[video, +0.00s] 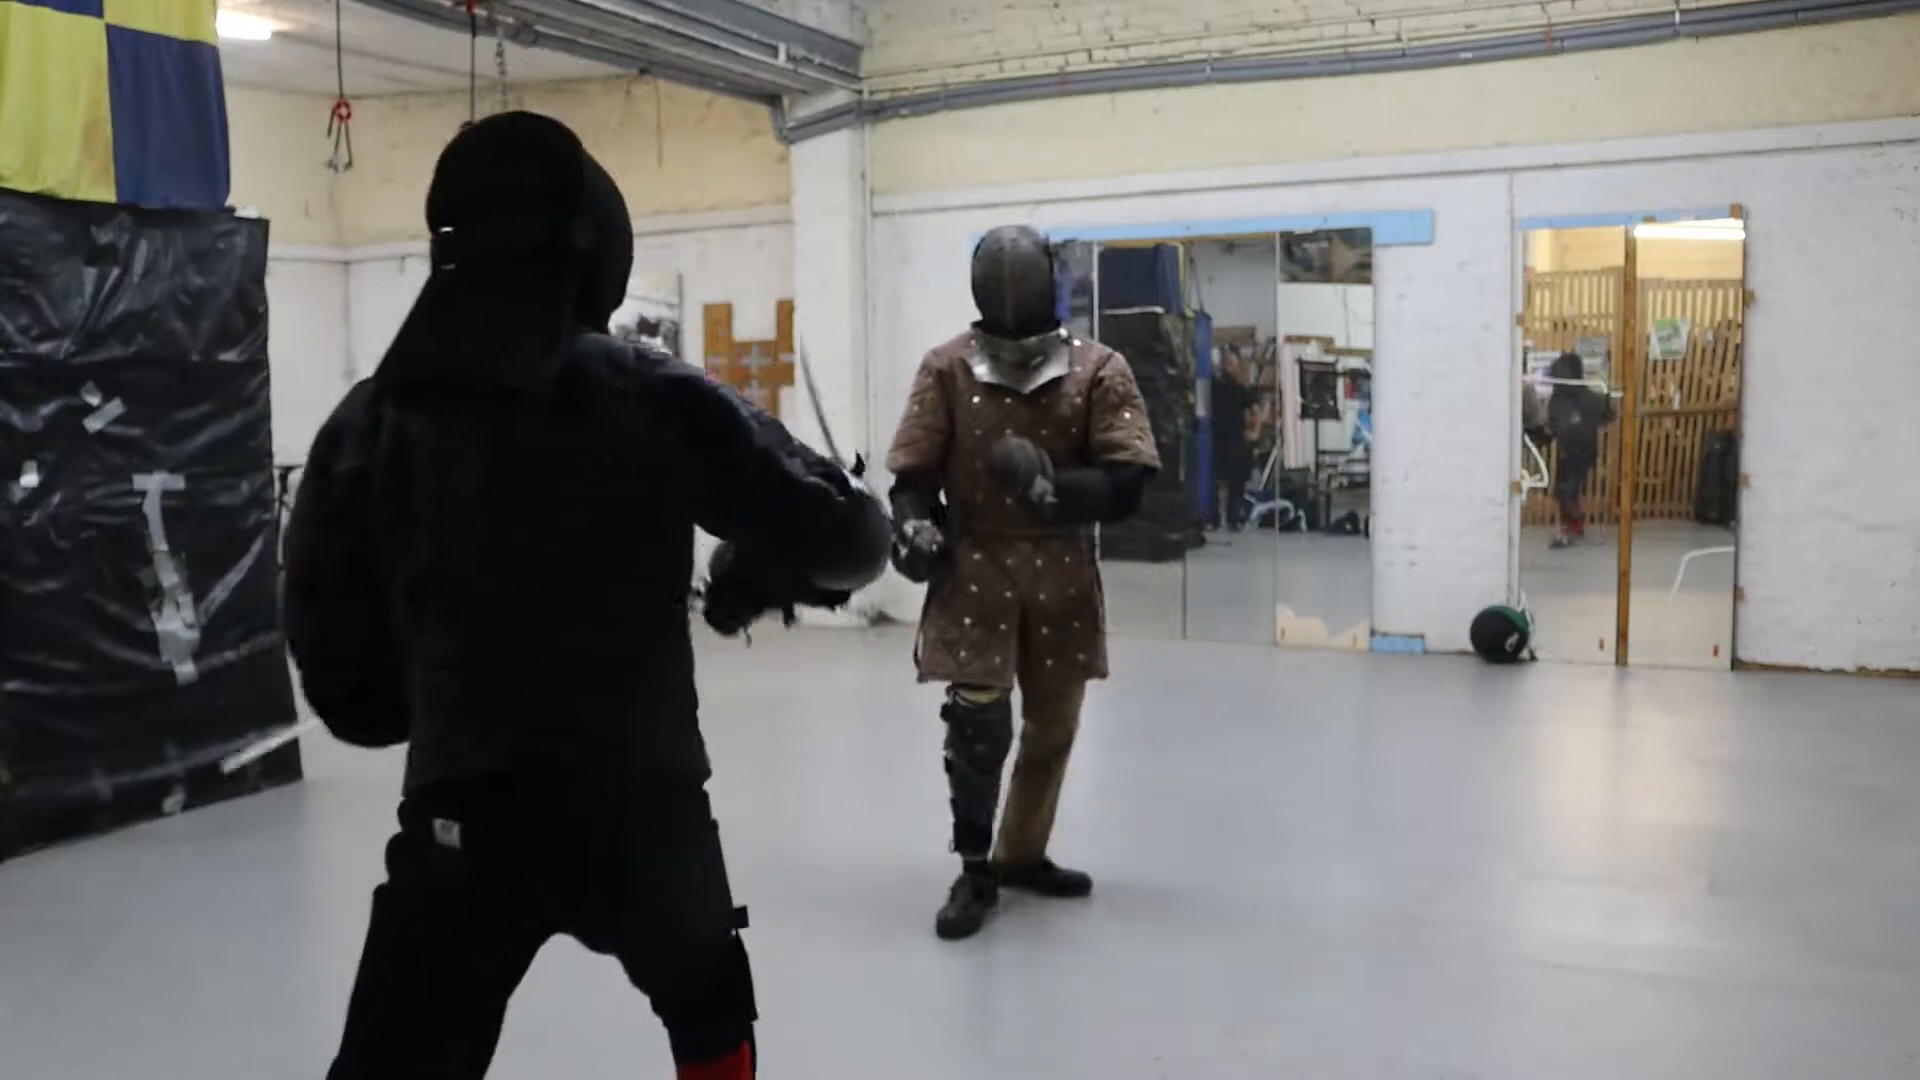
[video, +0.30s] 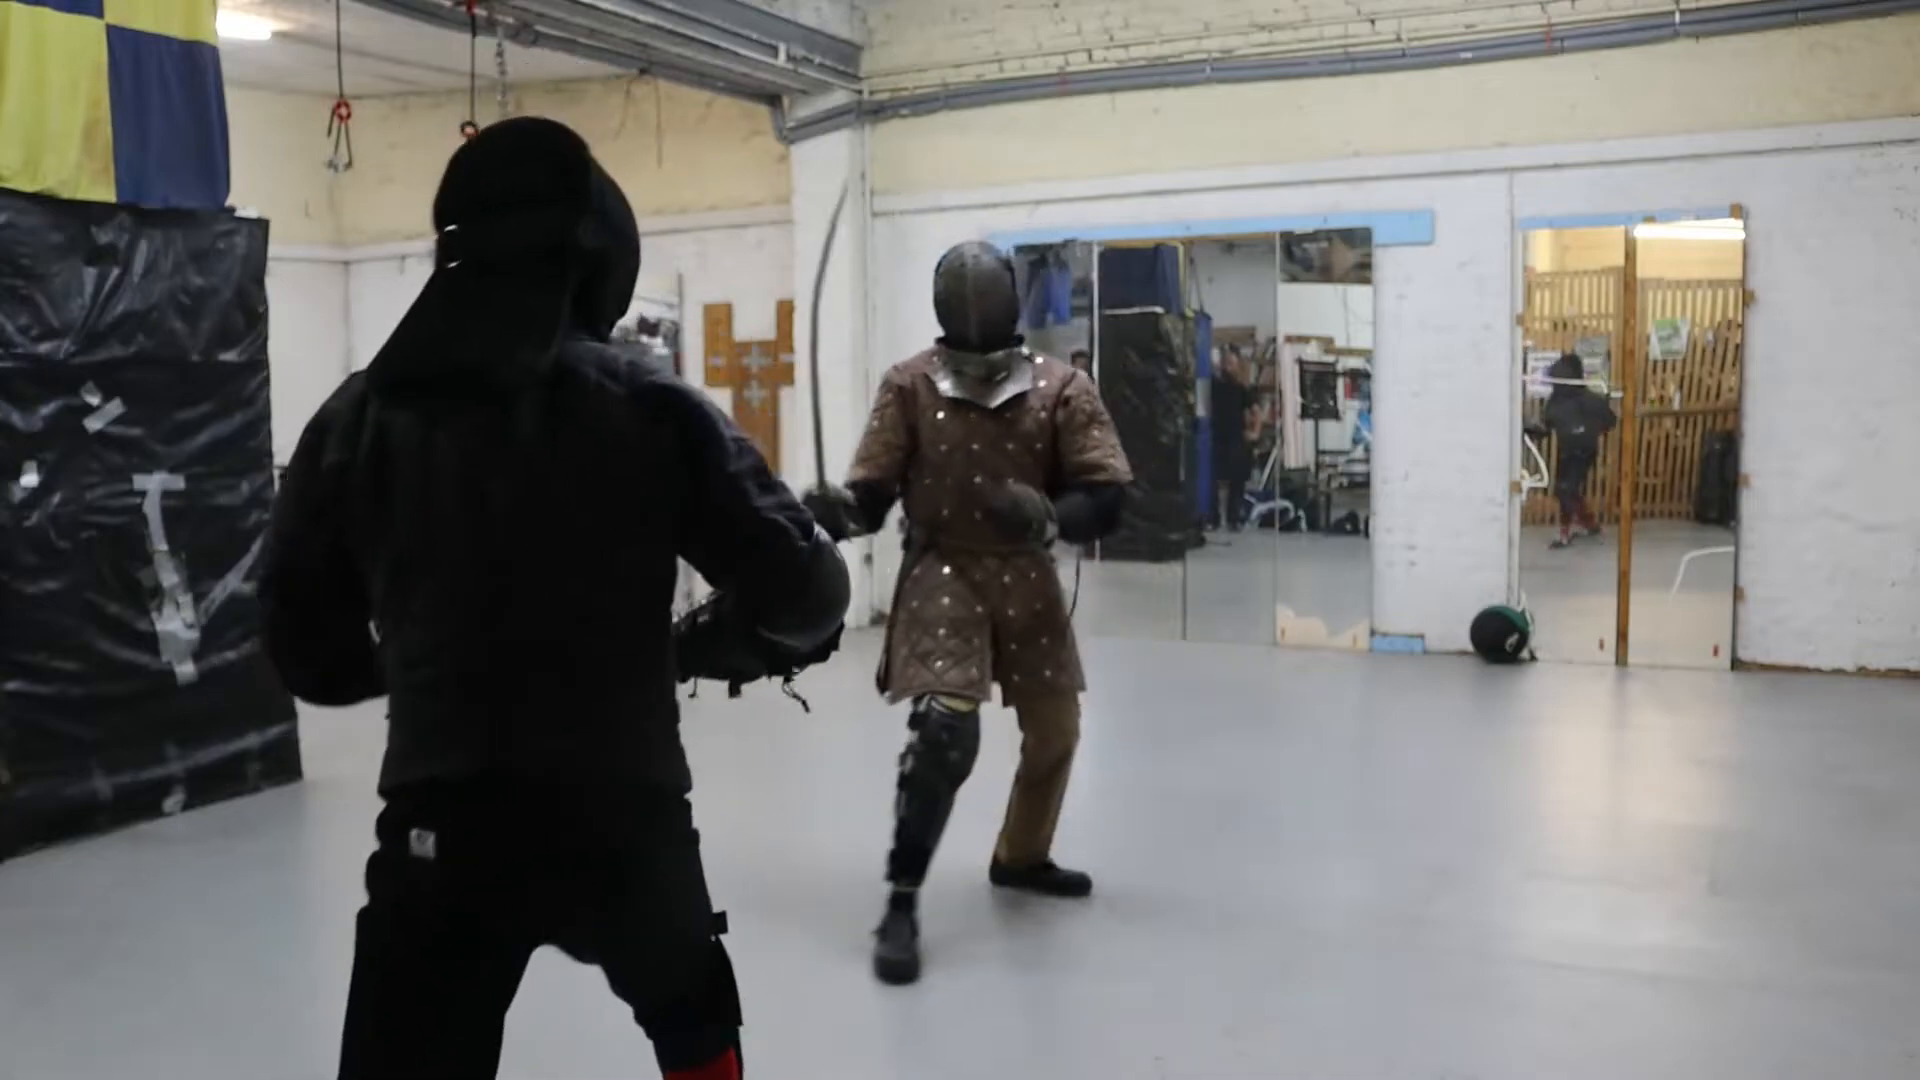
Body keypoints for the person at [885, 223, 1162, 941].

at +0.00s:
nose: (1016, 336)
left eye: (1030, 321)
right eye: (1001, 321)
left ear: (1053, 300)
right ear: (980, 304)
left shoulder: (1098, 370)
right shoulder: (948, 371)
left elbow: (1128, 482)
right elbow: (912, 477)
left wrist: (1052, 487)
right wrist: (915, 524)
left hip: (1061, 572)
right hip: (974, 570)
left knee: (1051, 731)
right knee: (978, 726)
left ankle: (1022, 856)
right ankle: (973, 869)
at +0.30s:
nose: (978, 359)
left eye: (992, 345)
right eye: (964, 344)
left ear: (1014, 323)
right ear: (942, 325)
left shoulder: (1062, 389)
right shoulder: (910, 388)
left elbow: (1110, 496)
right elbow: (872, 492)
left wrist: (1050, 513)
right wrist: (844, 506)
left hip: (1027, 581)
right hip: (942, 581)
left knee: (1054, 733)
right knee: (945, 734)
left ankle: (1021, 861)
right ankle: (901, 905)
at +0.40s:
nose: (954, 368)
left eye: (969, 354)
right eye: (939, 352)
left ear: (990, 332)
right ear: (917, 332)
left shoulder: (1033, 397)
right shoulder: (884, 394)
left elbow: (1083, 505)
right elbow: (834, 496)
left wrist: (1034, 520)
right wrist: (798, 478)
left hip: (1004, 587)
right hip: (919, 588)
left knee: (1048, 730)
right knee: (913, 748)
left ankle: (1022, 859)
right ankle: (840, 917)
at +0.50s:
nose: (911, 327)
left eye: (923, 311)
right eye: (896, 312)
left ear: (940, 312)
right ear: (872, 312)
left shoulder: (983, 396)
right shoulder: (838, 394)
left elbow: (1033, 493)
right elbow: (789, 468)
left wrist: (1007, 517)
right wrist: (817, 475)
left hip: (965, 589)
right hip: (879, 594)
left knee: (1017, 730)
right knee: (858, 768)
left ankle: (1031, 855)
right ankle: (770, 925)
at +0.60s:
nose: (857, 335)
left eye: (867, 319)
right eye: (843, 320)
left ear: (878, 316)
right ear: (813, 320)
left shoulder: (909, 386)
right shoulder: (792, 397)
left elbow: (954, 475)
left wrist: (952, 507)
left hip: (916, 581)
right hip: (834, 589)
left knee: (986, 720)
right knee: (814, 782)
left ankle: (1030, 844)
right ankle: (720, 933)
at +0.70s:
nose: (799, 337)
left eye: (807, 324)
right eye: (783, 324)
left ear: (825, 329)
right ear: (764, 331)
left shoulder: (854, 399)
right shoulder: (744, 401)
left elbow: (899, 475)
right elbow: (773, 440)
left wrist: (909, 512)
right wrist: (784, 354)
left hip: (870, 588)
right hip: (795, 594)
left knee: (950, 727)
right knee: (801, 777)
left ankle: (978, 860)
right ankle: (714, 918)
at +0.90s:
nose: (755, 342)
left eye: (768, 324)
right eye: (736, 327)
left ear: (791, 319)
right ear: (706, 326)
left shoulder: (815, 393)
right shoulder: (689, 406)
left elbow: (865, 489)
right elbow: (677, 513)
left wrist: (853, 518)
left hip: (810, 598)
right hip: (732, 607)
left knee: (855, 741)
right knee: (751, 772)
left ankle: (829, 864)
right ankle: (692, 947)